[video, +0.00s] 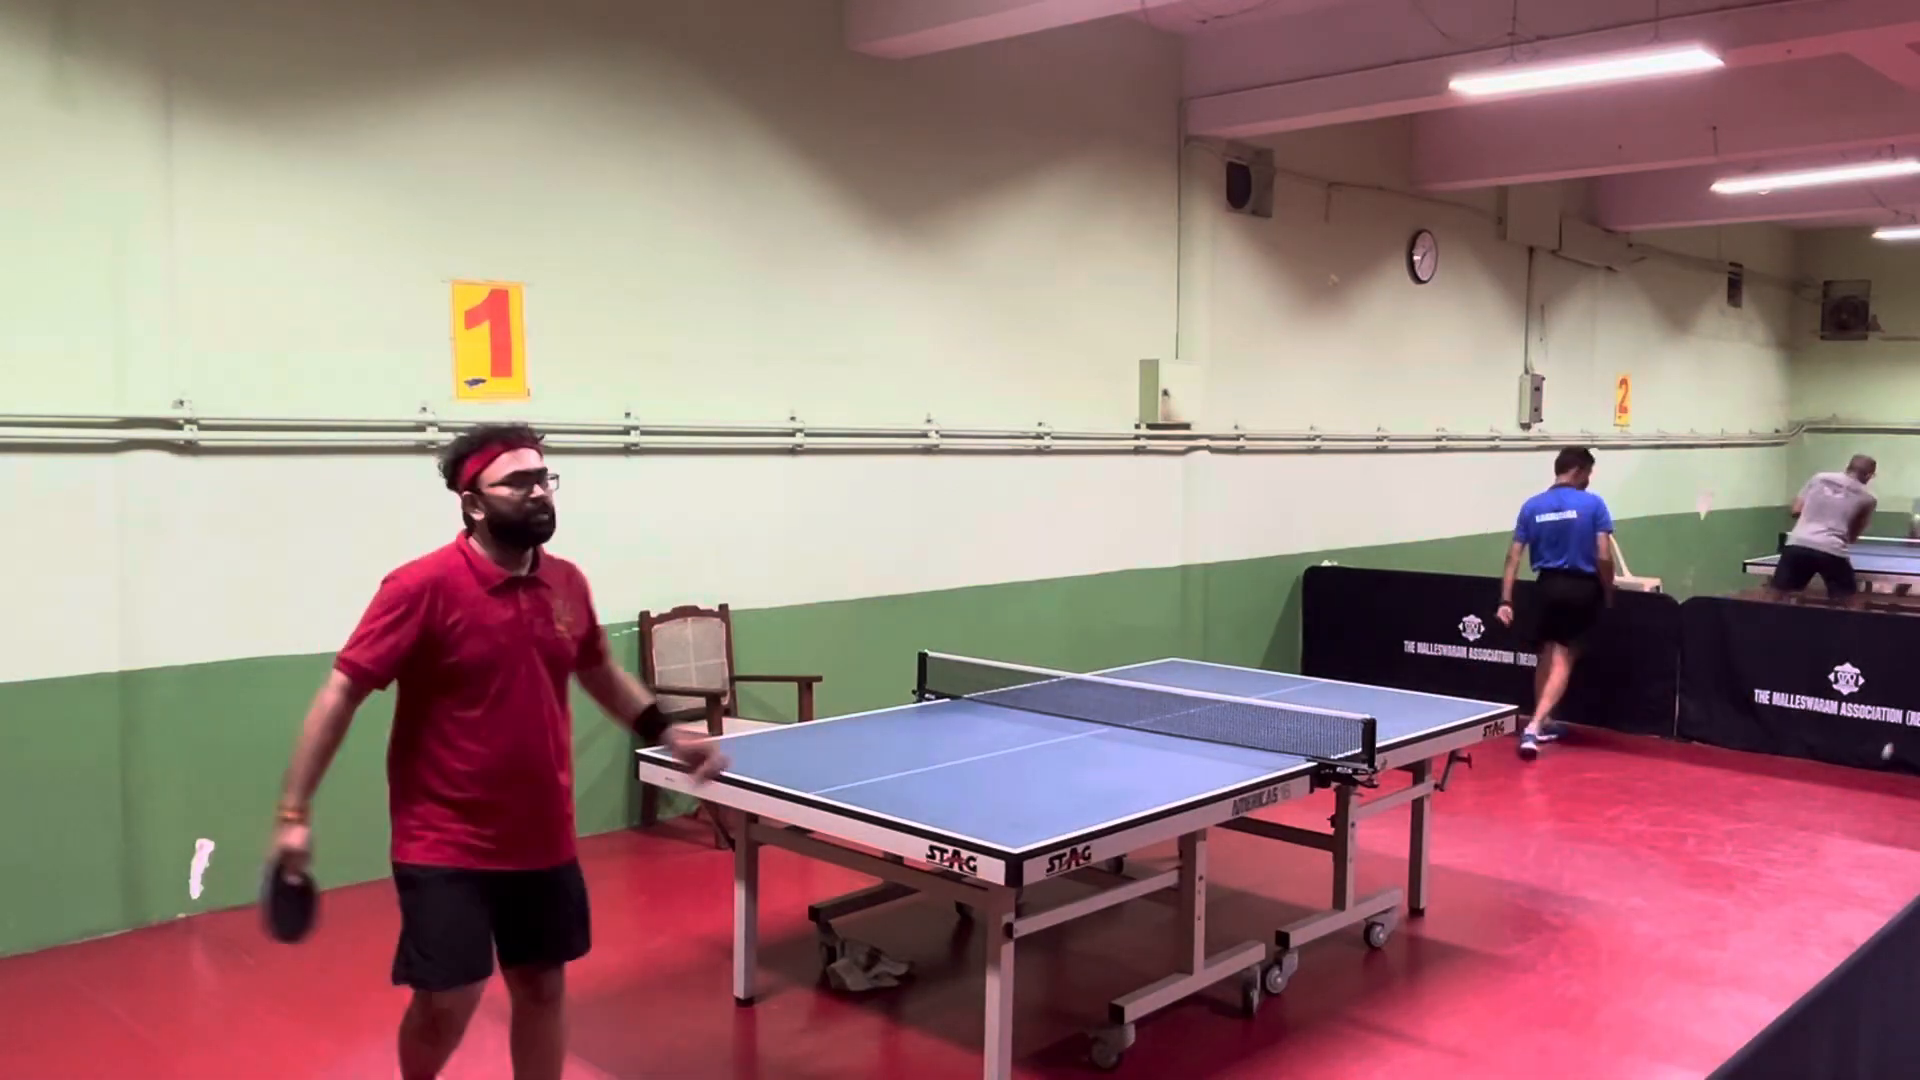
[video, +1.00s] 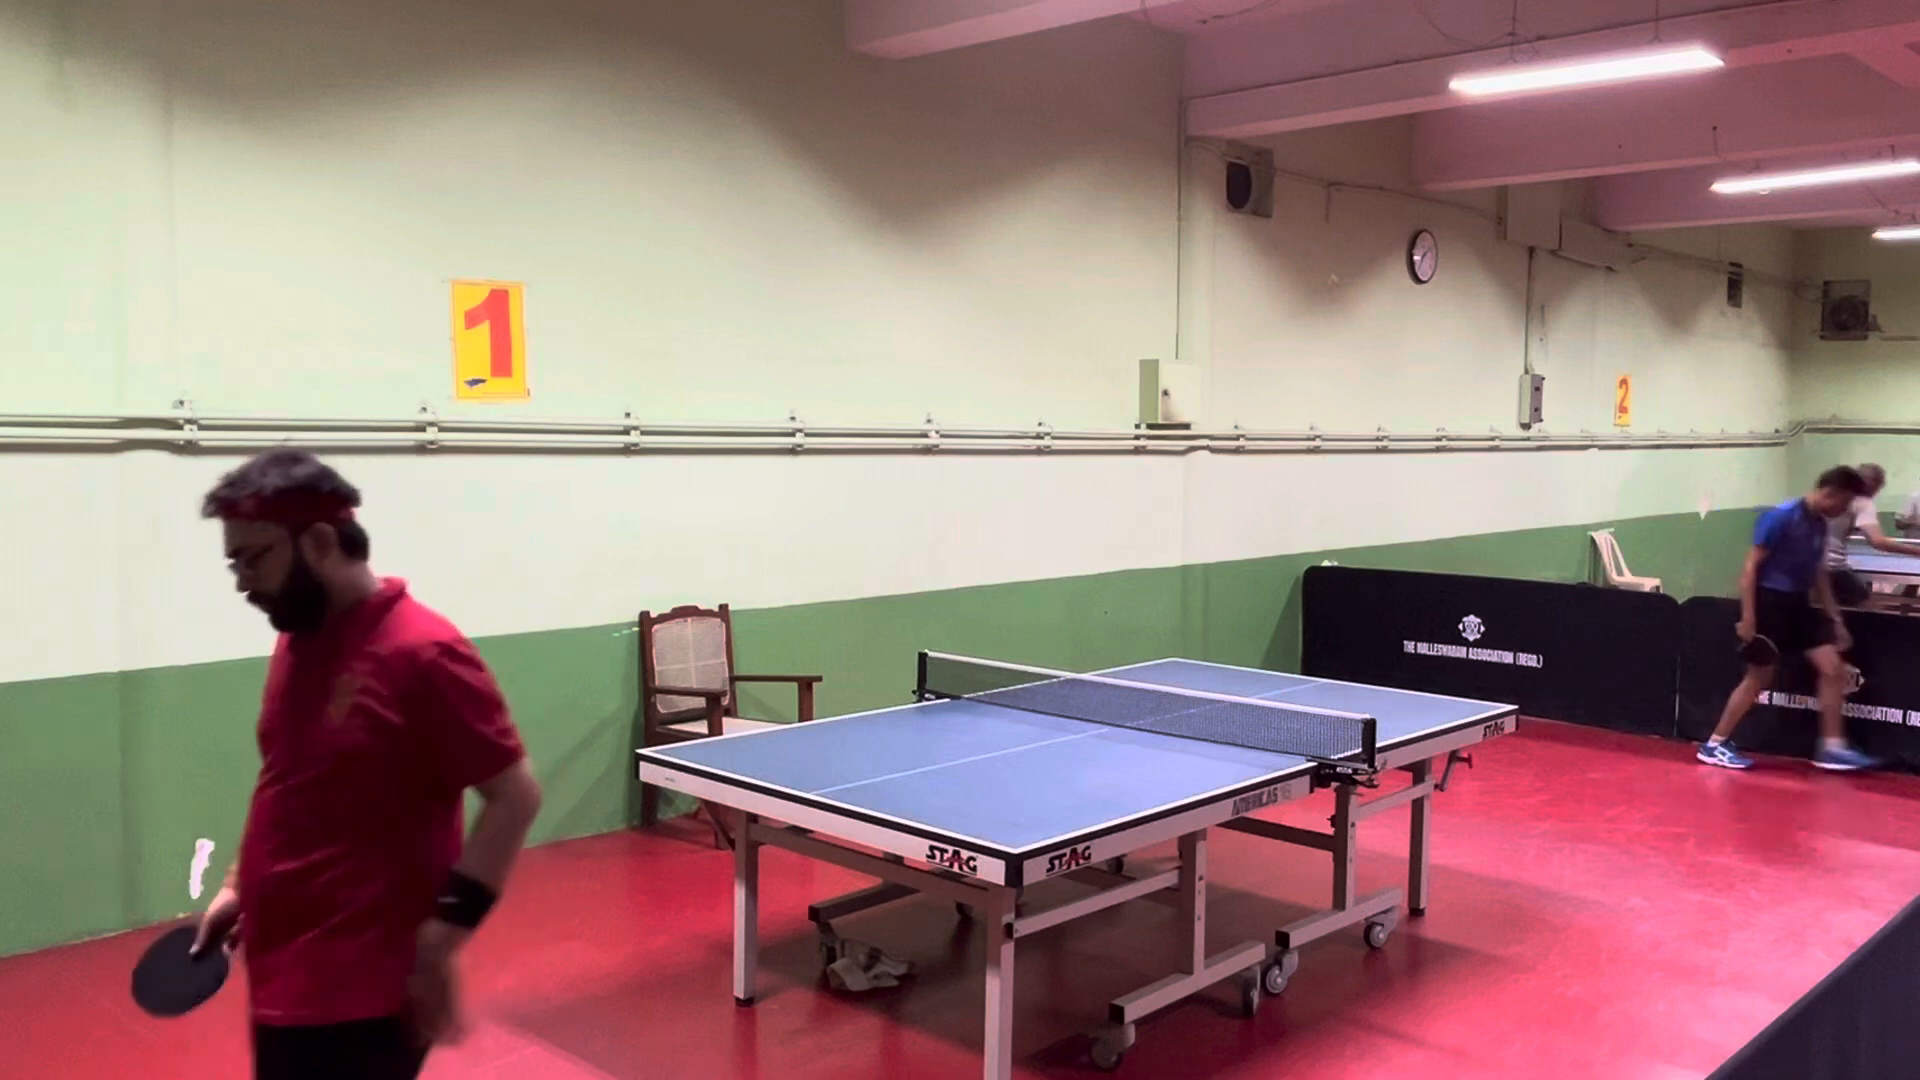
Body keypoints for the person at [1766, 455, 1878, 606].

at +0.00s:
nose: (1871, 477)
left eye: (1872, 474)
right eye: (1872, 474)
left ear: (1848, 467)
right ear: (1868, 475)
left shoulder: (1819, 478)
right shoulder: (1867, 499)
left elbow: (1796, 509)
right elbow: (1853, 535)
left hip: (1797, 549)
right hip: (1832, 555)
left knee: (1775, 599)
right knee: (1847, 608)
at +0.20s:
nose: (1867, 477)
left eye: (1867, 474)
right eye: (1867, 474)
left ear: (1844, 469)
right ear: (1865, 475)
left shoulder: (1817, 482)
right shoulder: (1866, 497)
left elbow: (1798, 512)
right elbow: (1868, 538)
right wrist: (1864, 549)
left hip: (1797, 550)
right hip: (1831, 555)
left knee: (1775, 599)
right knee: (1851, 606)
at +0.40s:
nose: (1850, 477)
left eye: (1850, 473)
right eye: (1849, 473)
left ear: (1827, 469)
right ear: (1846, 473)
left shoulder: (1800, 484)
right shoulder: (1847, 496)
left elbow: (1786, 519)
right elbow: (1856, 537)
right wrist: (1861, 551)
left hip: (1783, 556)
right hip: (1816, 561)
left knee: (1763, 604)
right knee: (1838, 607)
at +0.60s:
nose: (1837, 473)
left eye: (1837, 469)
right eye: (1837, 469)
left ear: (1815, 465)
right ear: (1835, 469)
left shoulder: (1791, 480)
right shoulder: (1836, 491)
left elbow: (1768, 514)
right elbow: (1845, 535)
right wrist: (1852, 549)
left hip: (1772, 550)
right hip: (1804, 554)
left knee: (1757, 600)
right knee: (1831, 603)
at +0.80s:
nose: (1842, 479)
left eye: (1843, 475)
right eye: (1843, 475)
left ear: (1819, 469)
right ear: (1839, 474)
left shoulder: (1794, 483)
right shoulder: (1836, 493)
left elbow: (1767, 516)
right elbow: (1845, 539)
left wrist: (1783, 526)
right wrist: (1872, 555)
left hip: (1777, 553)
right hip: (1809, 556)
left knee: (1758, 602)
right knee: (1839, 603)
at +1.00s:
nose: (1879, 490)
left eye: (1880, 486)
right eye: (1879, 486)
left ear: (1857, 478)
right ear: (1873, 483)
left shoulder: (1835, 495)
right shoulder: (1862, 502)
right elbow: (1876, 541)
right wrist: (1915, 550)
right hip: (1833, 566)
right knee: (1862, 595)